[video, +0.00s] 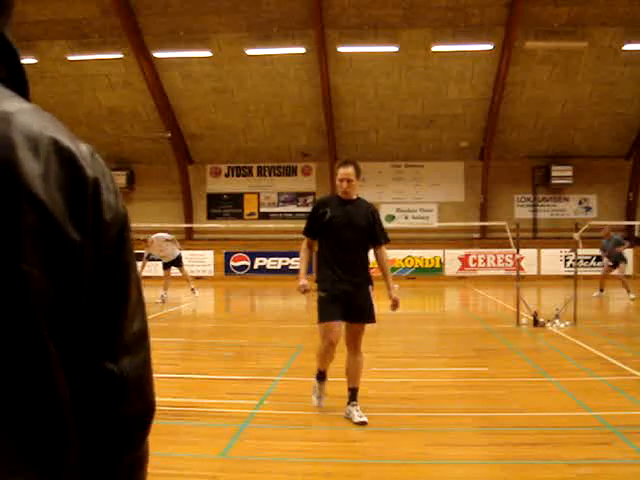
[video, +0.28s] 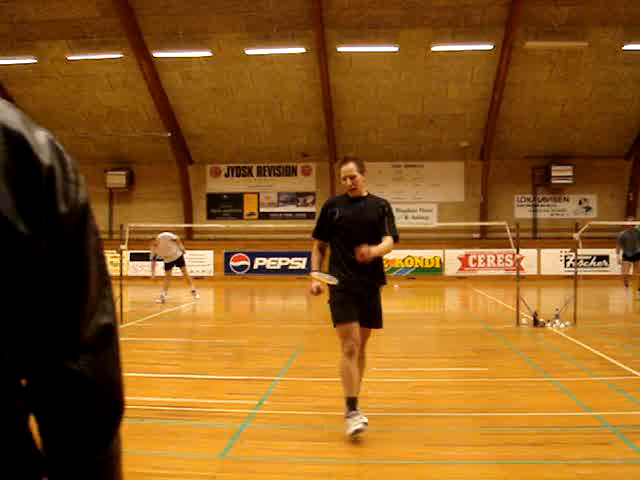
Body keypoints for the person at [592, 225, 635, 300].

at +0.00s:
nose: (604, 234)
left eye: (605, 232)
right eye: (603, 232)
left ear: (609, 232)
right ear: (603, 233)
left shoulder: (616, 239)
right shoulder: (604, 242)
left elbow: (627, 243)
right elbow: (602, 252)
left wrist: (621, 248)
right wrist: (606, 258)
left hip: (620, 259)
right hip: (611, 260)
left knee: (620, 275)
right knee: (603, 274)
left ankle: (629, 293)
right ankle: (601, 290)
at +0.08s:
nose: (609, 230)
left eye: (610, 228)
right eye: (608, 229)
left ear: (613, 229)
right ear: (606, 230)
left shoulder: (619, 237)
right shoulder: (606, 242)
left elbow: (630, 241)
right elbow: (606, 253)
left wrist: (625, 246)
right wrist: (608, 261)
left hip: (622, 258)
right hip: (613, 259)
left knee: (622, 274)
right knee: (606, 275)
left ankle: (630, 292)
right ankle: (601, 290)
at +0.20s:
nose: (621, 227)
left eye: (623, 225)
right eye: (619, 225)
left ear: (625, 225)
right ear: (617, 226)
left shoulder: (631, 233)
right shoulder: (616, 236)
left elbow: (637, 241)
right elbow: (613, 248)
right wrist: (613, 257)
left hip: (631, 255)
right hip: (622, 256)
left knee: (633, 274)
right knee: (616, 273)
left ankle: (633, 292)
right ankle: (613, 288)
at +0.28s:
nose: (630, 224)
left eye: (632, 222)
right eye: (629, 222)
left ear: (634, 223)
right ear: (626, 223)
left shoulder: (637, 233)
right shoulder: (623, 235)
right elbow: (618, 246)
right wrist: (618, 257)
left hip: (636, 254)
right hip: (627, 254)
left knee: (636, 274)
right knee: (625, 273)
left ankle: (637, 289)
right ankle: (626, 288)